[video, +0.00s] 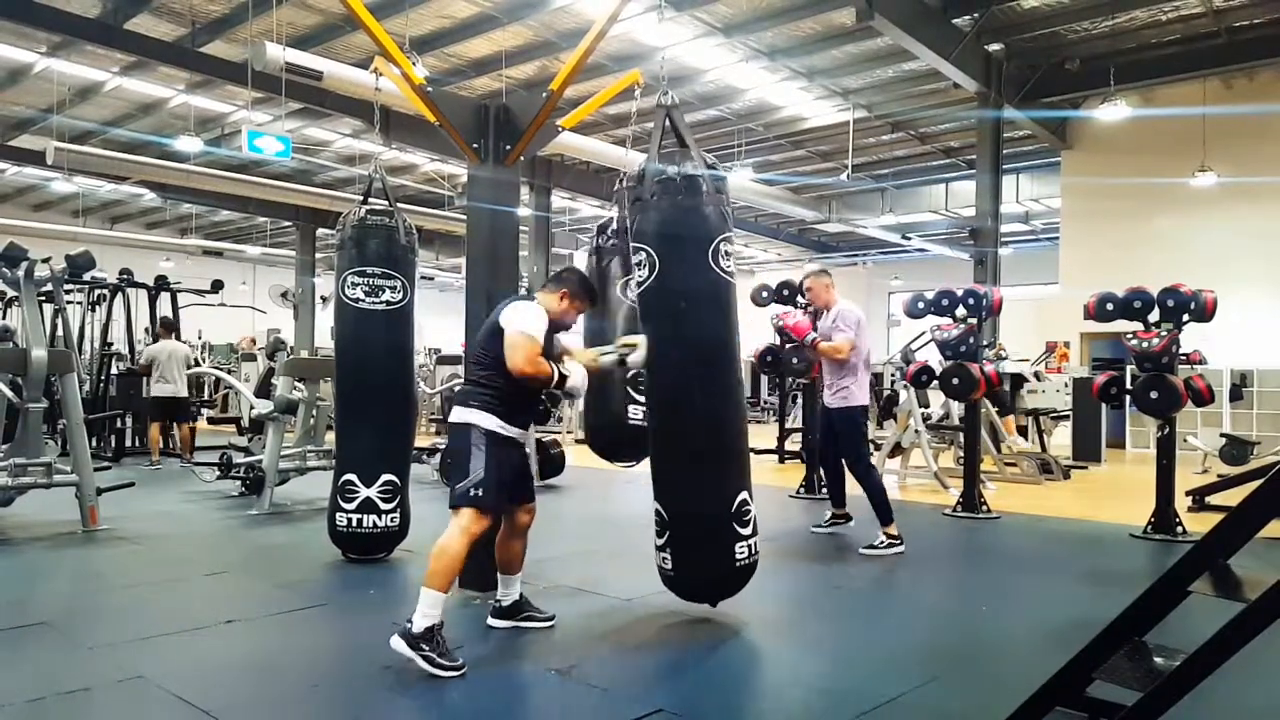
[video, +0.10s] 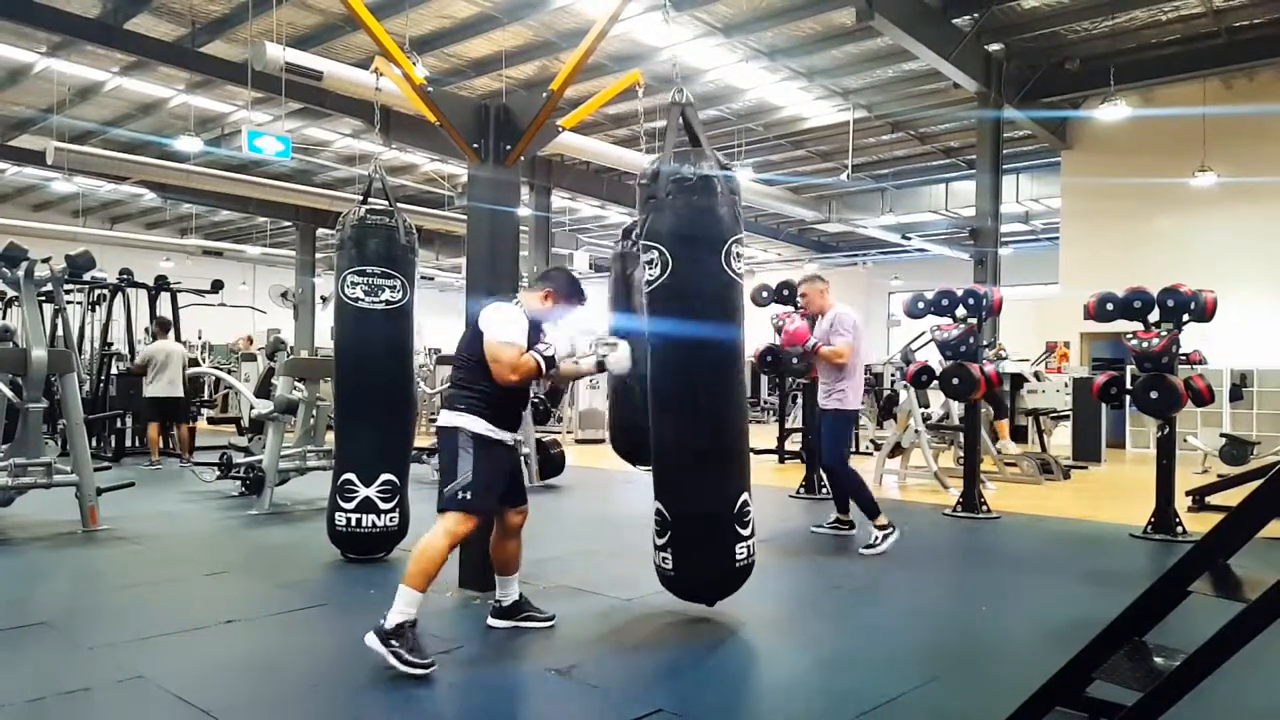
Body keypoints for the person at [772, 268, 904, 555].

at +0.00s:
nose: (808, 297)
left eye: (810, 290)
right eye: (805, 293)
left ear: (828, 286)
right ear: (820, 291)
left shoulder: (847, 313)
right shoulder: (824, 317)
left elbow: (842, 352)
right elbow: (819, 353)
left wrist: (809, 337)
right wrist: (797, 333)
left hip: (850, 403)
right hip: (831, 402)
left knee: (859, 465)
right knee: (828, 458)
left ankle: (891, 533)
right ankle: (839, 512)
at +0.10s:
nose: (802, 303)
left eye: (805, 296)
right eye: (800, 298)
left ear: (823, 291)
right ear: (818, 294)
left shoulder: (842, 317)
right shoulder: (820, 323)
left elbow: (841, 356)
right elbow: (818, 363)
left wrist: (809, 343)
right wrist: (789, 348)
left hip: (842, 404)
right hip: (827, 403)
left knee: (836, 464)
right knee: (829, 463)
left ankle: (882, 525)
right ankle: (842, 518)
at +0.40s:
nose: (785, 315)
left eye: (786, 309)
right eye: (782, 311)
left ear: (800, 300)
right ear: (793, 305)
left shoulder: (822, 321)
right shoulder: (805, 326)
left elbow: (824, 359)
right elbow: (802, 359)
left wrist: (795, 345)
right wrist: (774, 347)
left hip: (826, 405)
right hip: (818, 404)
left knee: (809, 463)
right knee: (835, 462)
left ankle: (788, 528)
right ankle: (845, 518)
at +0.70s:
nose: (776, 315)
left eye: (778, 308)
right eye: (773, 311)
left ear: (792, 298)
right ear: (774, 309)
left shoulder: (818, 321)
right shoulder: (786, 326)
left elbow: (814, 362)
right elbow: (759, 358)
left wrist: (783, 346)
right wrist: (769, 339)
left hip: (813, 402)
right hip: (795, 402)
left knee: (796, 460)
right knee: (806, 458)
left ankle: (782, 529)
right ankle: (835, 508)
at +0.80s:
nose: (774, 320)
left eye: (777, 314)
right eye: (771, 315)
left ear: (791, 304)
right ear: (770, 311)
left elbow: (829, 368)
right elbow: (747, 346)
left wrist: (797, 358)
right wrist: (759, 354)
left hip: (811, 404)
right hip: (788, 403)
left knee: (795, 461)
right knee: (803, 459)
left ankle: (782, 529)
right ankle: (832, 506)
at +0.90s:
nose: (765, 319)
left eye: (767, 313)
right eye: (761, 314)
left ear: (780, 304)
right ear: (759, 312)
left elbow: (833, 364)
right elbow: (748, 350)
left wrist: (810, 372)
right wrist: (733, 355)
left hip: (806, 405)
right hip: (785, 405)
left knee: (785, 461)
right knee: (806, 461)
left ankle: (781, 528)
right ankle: (835, 507)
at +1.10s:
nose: (738, 310)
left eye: (741, 303)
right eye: (735, 305)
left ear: (758, 297)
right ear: (757, 300)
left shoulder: (771, 317)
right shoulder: (781, 315)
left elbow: (769, 353)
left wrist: (755, 363)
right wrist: (760, 368)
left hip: (788, 402)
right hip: (802, 399)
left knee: (765, 459)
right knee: (797, 457)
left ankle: (780, 529)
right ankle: (828, 506)